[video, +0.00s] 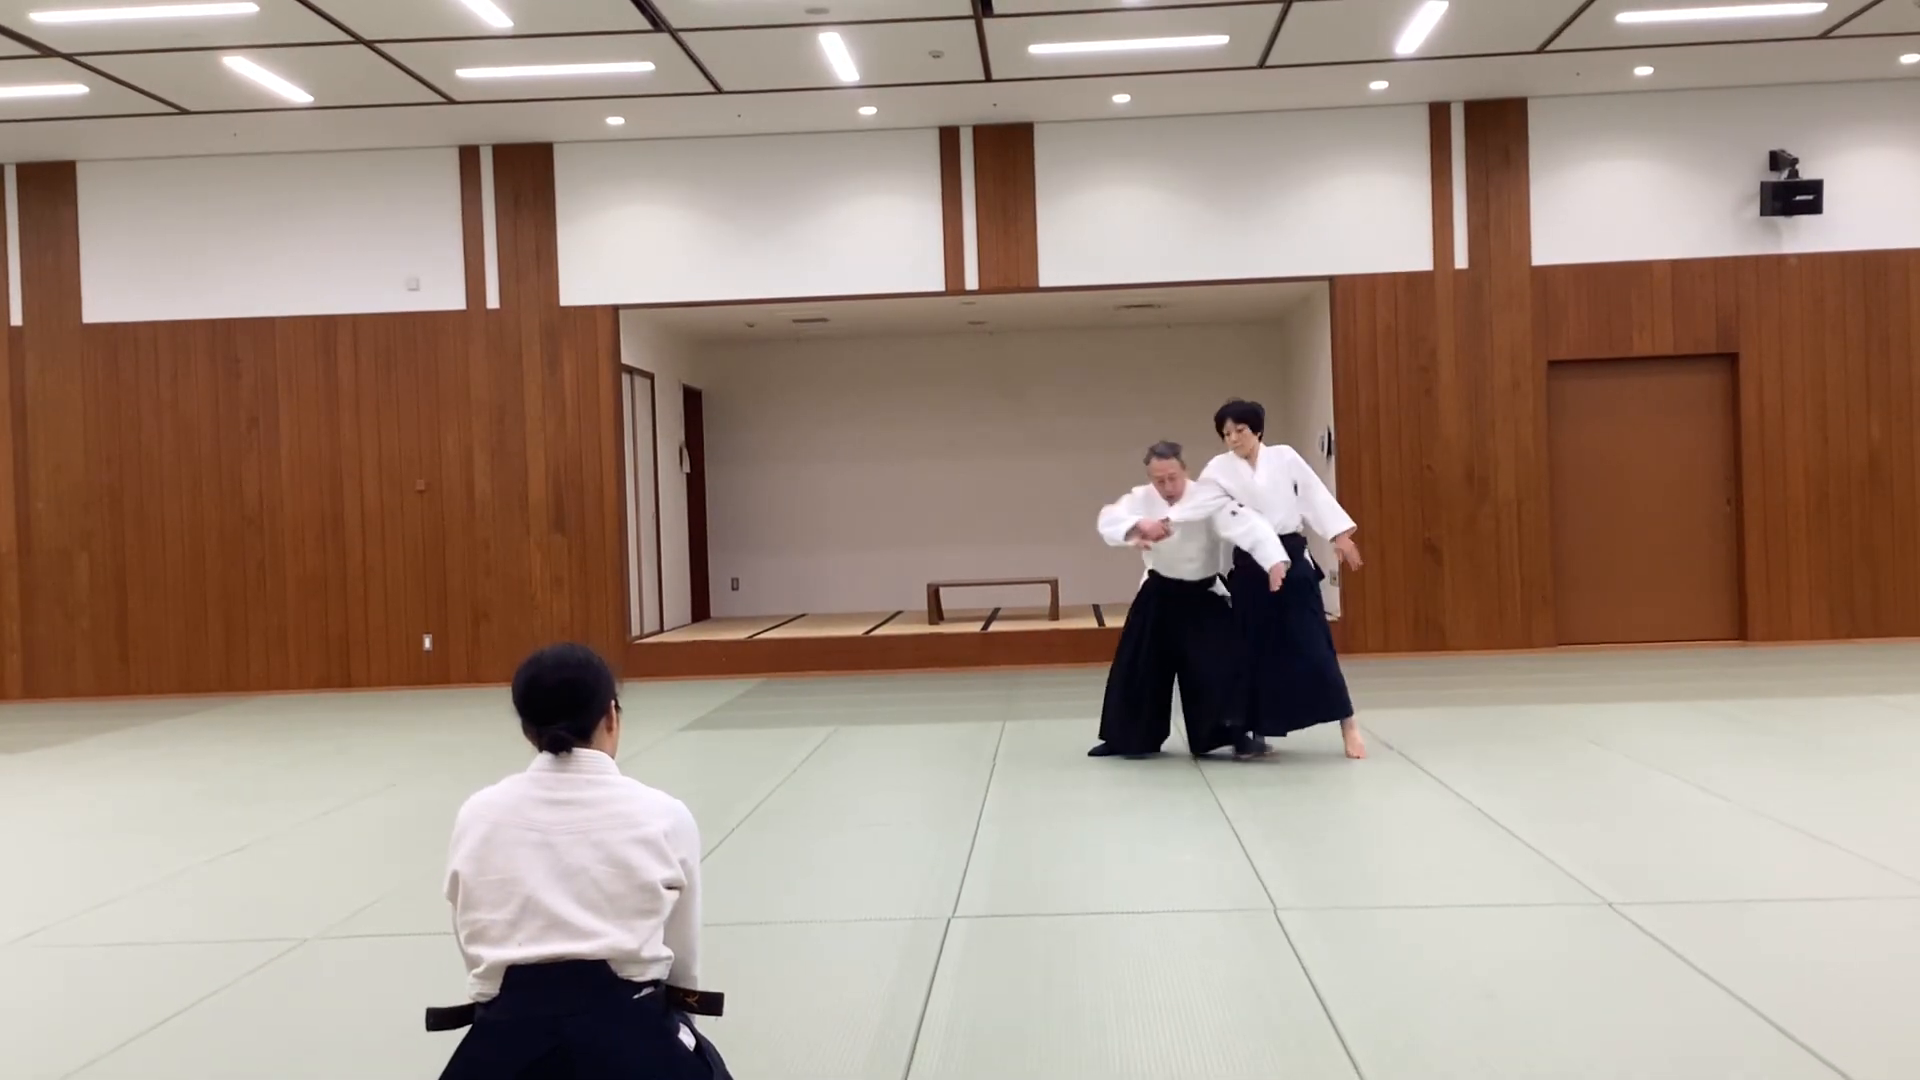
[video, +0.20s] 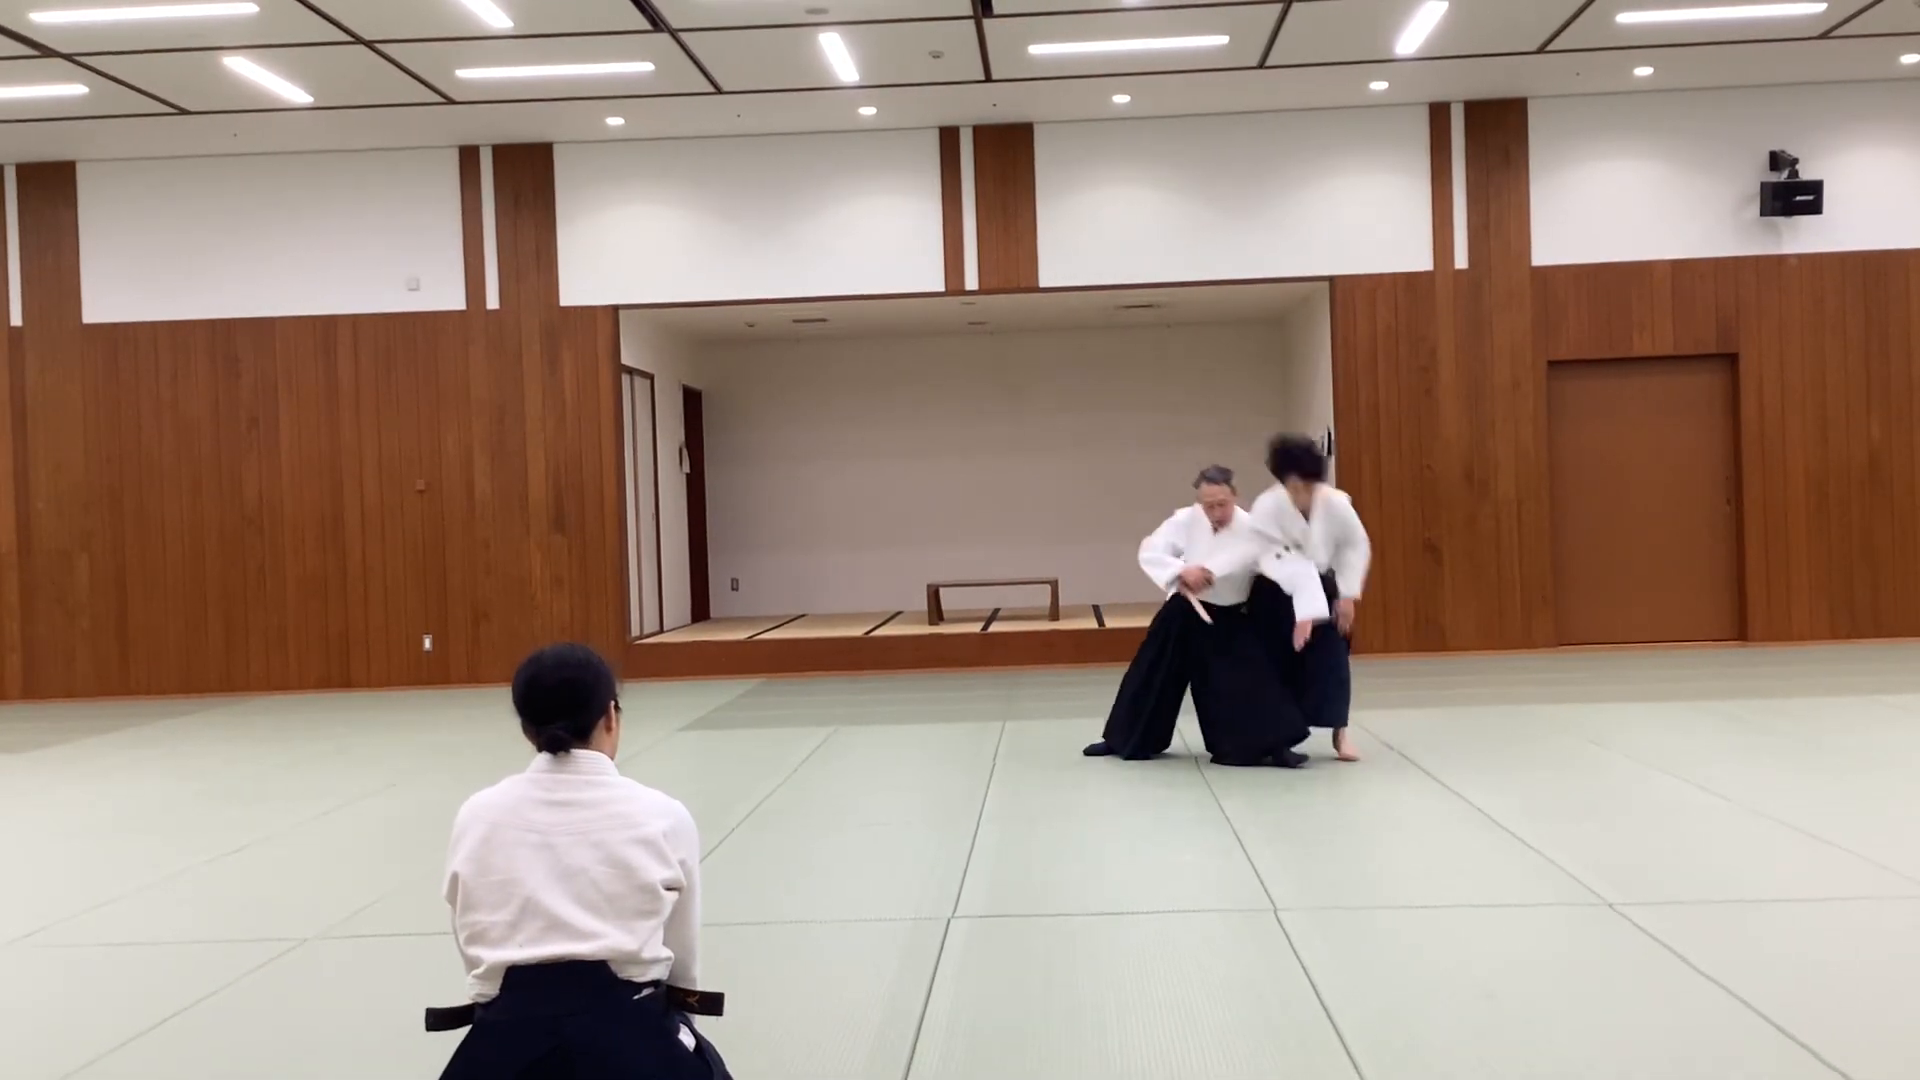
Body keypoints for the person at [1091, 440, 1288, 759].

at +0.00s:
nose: (1167, 486)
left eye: (1172, 478)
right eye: (1159, 480)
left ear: (1185, 472)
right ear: (1150, 478)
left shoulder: (1207, 497)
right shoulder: (1141, 499)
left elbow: (1247, 523)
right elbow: (1107, 519)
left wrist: (1275, 559)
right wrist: (1136, 529)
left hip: (1205, 594)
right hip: (1159, 593)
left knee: (1223, 662)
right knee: (1138, 663)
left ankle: (1237, 733)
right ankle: (1131, 737)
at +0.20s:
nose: (1216, 512)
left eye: (1222, 504)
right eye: (1209, 506)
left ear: (1234, 498)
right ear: (1199, 502)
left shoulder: (1252, 531)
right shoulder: (1185, 521)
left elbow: (1298, 568)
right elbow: (1149, 552)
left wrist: (1306, 616)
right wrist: (1181, 571)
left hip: (1232, 618)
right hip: (1184, 614)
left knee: (1254, 681)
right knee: (1149, 673)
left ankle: (1273, 747)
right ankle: (1122, 739)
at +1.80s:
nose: (1276, 458)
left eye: (1278, 451)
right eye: (1271, 450)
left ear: (1250, 450)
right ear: (1247, 448)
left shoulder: (1243, 484)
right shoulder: (1231, 487)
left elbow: (1250, 546)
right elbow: (1247, 547)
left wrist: (1272, 595)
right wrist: (1277, 598)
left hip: (1220, 580)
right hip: (1202, 582)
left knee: (1244, 657)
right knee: (1222, 664)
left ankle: (1252, 738)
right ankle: (1217, 751)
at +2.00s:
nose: (1243, 453)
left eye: (1245, 446)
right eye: (1238, 446)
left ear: (1216, 448)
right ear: (1213, 446)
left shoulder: (1203, 478)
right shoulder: (1206, 486)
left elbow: (1227, 538)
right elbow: (1227, 542)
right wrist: (1270, 582)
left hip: (1174, 580)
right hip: (1185, 587)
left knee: (1173, 665)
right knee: (1216, 665)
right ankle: (1215, 753)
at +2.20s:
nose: (1209, 456)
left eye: (1210, 450)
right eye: (1203, 449)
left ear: (1180, 451)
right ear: (1179, 449)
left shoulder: (1166, 483)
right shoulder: (1179, 489)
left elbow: (1179, 550)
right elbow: (1198, 551)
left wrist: (1198, 599)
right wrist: (1235, 598)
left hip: (1142, 586)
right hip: (1161, 590)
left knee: (1133, 665)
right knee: (1200, 666)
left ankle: (1106, 745)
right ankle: (1214, 752)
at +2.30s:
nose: (1199, 455)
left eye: (1200, 448)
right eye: (1193, 447)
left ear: (1170, 449)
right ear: (1168, 448)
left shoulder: (1154, 482)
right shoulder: (1170, 489)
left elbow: (1164, 549)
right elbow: (1182, 552)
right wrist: (1206, 603)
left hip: (1134, 587)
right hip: (1156, 591)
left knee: (1132, 667)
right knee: (1195, 668)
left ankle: (1106, 745)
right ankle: (1214, 753)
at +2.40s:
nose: (1191, 454)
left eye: (1192, 447)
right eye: (1185, 446)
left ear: (1163, 448)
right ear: (1161, 446)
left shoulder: (1148, 481)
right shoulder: (1164, 488)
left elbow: (1147, 543)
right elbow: (1172, 550)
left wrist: (1176, 590)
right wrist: (1188, 596)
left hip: (1129, 587)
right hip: (1149, 590)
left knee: (1133, 667)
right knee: (1190, 664)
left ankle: (1107, 746)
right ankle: (1212, 751)